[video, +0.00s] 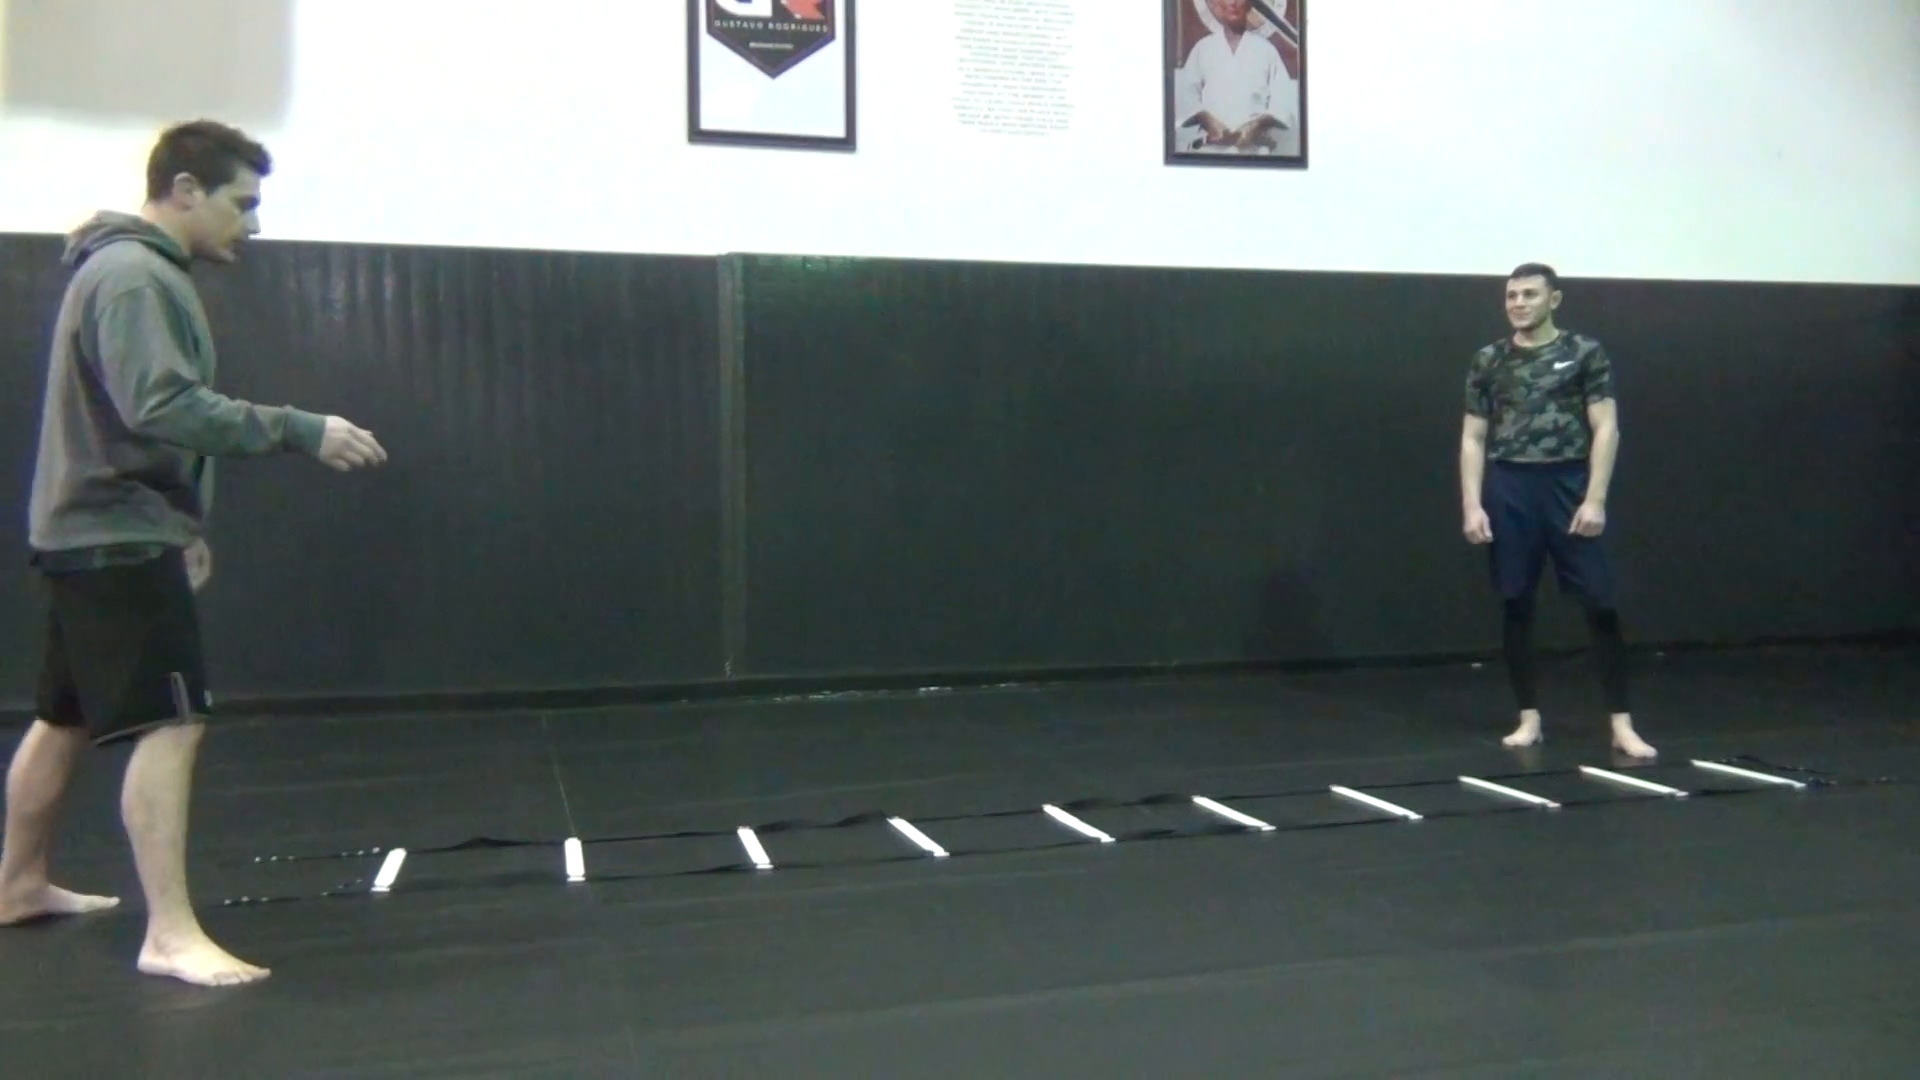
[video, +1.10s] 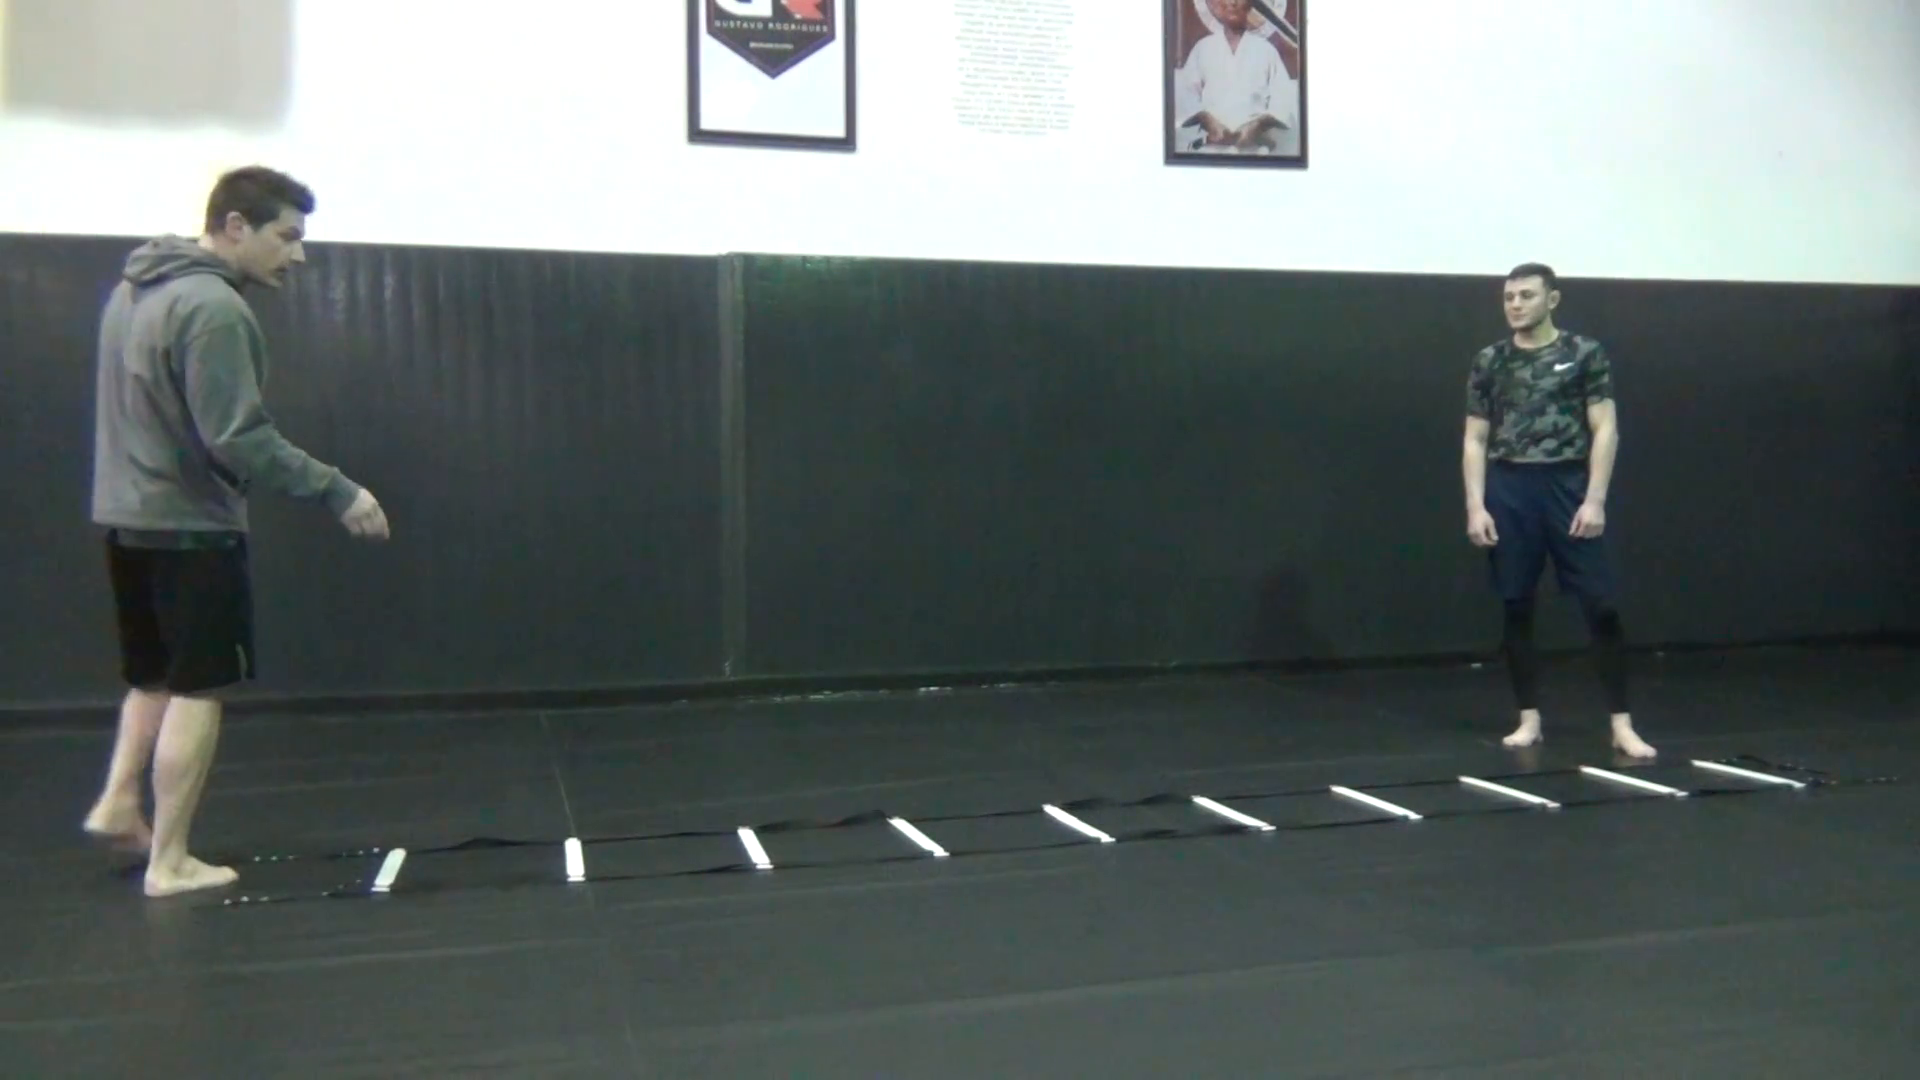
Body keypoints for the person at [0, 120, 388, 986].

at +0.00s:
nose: (251, 224)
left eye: (254, 206)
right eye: (241, 203)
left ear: (178, 196)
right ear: (182, 191)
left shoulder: (129, 269)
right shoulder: (132, 274)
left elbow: (148, 423)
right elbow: (161, 407)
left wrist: (181, 523)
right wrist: (302, 428)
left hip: (87, 533)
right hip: (118, 537)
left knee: (65, 717)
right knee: (172, 722)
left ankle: (19, 883)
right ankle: (172, 934)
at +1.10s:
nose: (296, 254)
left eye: (299, 239)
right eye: (287, 236)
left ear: (225, 230)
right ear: (234, 227)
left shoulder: (136, 288)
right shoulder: (213, 307)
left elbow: (136, 410)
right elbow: (236, 434)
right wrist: (340, 491)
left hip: (129, 521)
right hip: (190, 529)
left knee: (151, 672)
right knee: (199, 688)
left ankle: (118, 800)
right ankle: (169, 860)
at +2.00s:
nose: (396, 260)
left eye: (396, 247)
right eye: (384, 246)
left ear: (342, 249)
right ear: (337, 245)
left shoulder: (331, 312)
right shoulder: (312, 315)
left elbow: (339, 428)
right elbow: (303, 421)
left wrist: (389, 504)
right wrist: (385, 474)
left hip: (294, 513)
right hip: (324, 512)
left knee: (289, 655)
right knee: (398, 634)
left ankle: (282, 795)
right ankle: (367, 785)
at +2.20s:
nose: (428, 264)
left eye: (429, 251)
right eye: (415, 251)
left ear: (377, 256)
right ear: (371, 253)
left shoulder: (372, 320)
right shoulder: (347, 323)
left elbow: (383, 429)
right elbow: (348, 430)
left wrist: (418, 507)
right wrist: (434, 478)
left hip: (335, 516)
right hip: (363, 518)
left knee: (313, 655)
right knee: (412, 652)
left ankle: (285, 794)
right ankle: (465, 782)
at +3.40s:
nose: (685, 281)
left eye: (686, 270)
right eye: (675, 270)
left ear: (654, 272)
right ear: (634, 269)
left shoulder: (666, 334)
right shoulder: (593, 333)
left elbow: (681, 426)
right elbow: (604, 422)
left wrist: (715, 495)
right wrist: (687, 432)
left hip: (666, 503)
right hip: (621, 506)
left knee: (656, 633)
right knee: (627, 631)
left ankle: (664, 756)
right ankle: (529, 740)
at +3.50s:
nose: (710, 282)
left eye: (710, 270)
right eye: (700, 270)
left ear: (675, 273)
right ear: (658, 270)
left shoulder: (685, 338)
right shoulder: (619, 336)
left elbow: (713, 431)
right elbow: (629, 433)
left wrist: (743, 502)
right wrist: (692, 473)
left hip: (688, 501)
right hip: (650, 505)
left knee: (672, 628)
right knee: (686, 622)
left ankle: (665, 756)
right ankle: (577, 724)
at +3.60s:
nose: (734, 278)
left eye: (734, 267)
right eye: (725, 267)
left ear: (695, 269)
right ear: (687, 267)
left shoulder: (704, 332)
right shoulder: (645, 333)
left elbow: (725, 429)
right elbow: (648, 431)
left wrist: (761, 496)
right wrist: (681, 510)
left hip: (702, 498)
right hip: (672, 501)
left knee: (671, 625)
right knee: (726, 615)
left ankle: (666, 751)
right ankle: (646, 733)